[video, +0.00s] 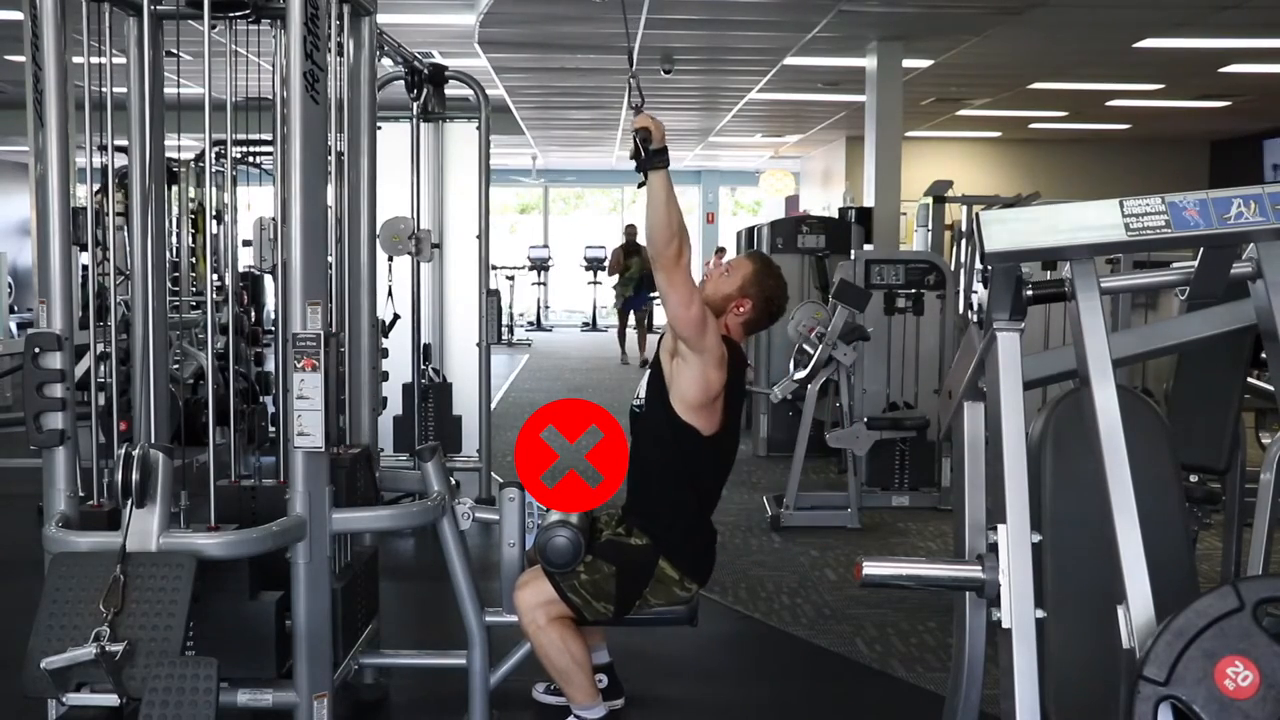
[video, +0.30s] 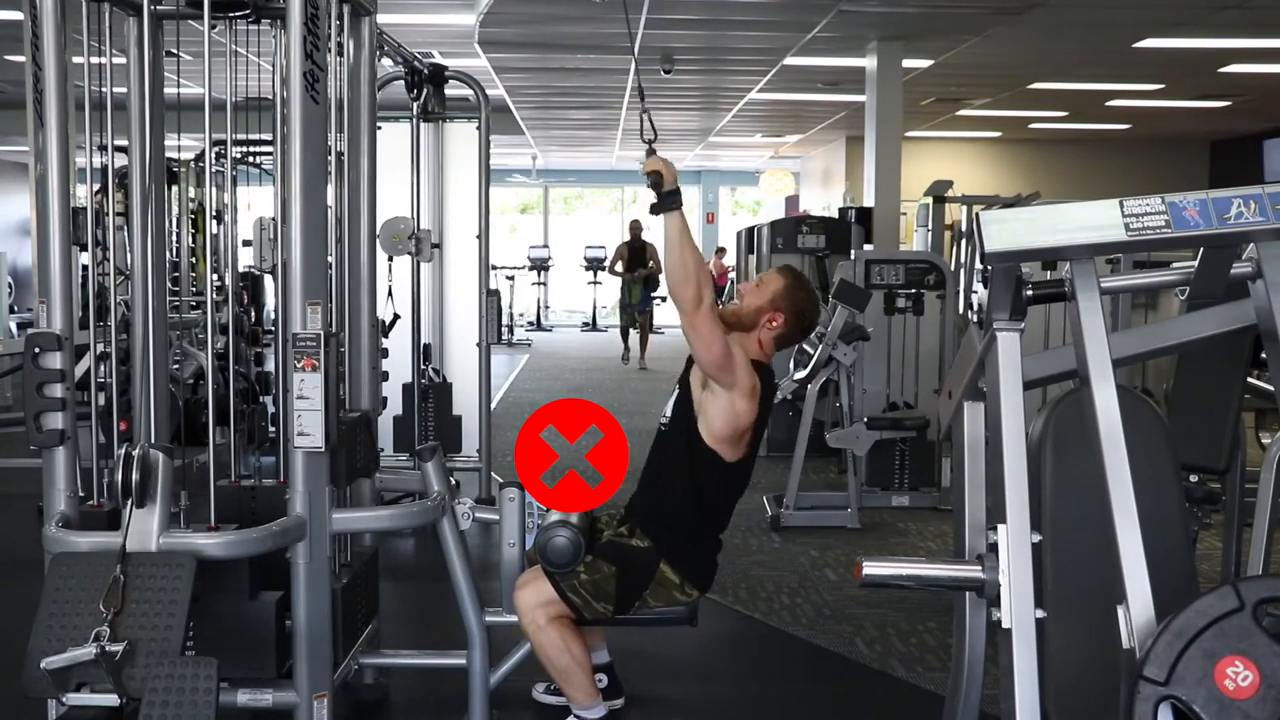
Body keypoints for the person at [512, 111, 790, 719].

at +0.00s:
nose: (713, 262)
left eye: (726, 266)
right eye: (724, 257)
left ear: (737, 308)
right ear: (737, 311)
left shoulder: (702, 347)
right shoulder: (702, 341)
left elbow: (669, 256)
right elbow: (670, 255)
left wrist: (655, 157)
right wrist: (652, 165)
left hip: (664, 550)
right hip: (659, 533)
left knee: (532, 597)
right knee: (552, 551)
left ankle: (588, 709)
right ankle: (591, 670)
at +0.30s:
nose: (741, 288)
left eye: (754, 288)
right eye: (752, 282)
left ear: (770, 323)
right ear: (770, 324)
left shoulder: (738, 375)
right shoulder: (731, 362)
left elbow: (692, 298)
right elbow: (696, 296)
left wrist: (669, 196)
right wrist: (671, 206)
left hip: (670, 560)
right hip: (649, 532)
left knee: (533, 598)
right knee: (552, 545)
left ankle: (590, 712)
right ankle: (594, 671)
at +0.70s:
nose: (815, 336)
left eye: (829, 336)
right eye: (824, 330)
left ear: (846, 372)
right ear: (843, 373)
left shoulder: (812, 432)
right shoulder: (794, 404)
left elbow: (769, 437)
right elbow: (749, 389)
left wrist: (743, 325)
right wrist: (729, 313)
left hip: (675, 563)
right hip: (654, 526)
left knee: (534, 596)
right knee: (553, 542)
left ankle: (590, 712)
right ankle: (594, 672)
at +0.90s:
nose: (832, 356)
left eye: (847, 357)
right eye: (843, 350)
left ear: (862, 393)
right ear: (859, 395)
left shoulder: (828, 451)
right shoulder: (812, 420)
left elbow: (793, 505)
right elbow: (766, 443)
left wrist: (776, 407)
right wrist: (762, 383)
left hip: (678, 562)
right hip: (660, 526)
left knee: (535, 595)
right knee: (551, 550)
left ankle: (589, 712)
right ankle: (595, 671)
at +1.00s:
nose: (836, 363)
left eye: (851, 364)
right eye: (847, 356)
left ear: (867, 401)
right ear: (861, 402)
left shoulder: (833, 454)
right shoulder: (812, 426)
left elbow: (811, 525)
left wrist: (786, 431)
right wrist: (773, 396)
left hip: (680, 561)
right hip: (660, 524)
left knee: (537, 596)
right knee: (551, 553)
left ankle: (590, 710)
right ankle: (594, 671)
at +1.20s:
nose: (839, 365)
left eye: (854, 366)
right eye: (849, 358)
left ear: (870, 404)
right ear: (864, 404)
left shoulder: (837, 459)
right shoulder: (817, 426)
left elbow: (825, 550)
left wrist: (806, 453)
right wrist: (773, 404)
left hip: (681, 563)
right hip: (662, 523)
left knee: (538, 596)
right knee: (550, 552)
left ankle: (590, 711)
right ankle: (593, 671)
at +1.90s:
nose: (805, 327)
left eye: (821, 328)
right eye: (817, 321)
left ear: (836, 366)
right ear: (834, 368)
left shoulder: (799, 417)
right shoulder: (788, 392)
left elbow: (754, 380)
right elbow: (739, 359)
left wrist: (723, 281)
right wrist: (719, 286)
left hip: (673, 561)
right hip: (656, 528)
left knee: (534, 596)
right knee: (550, 544)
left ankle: (590, 712)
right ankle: (596, 672)